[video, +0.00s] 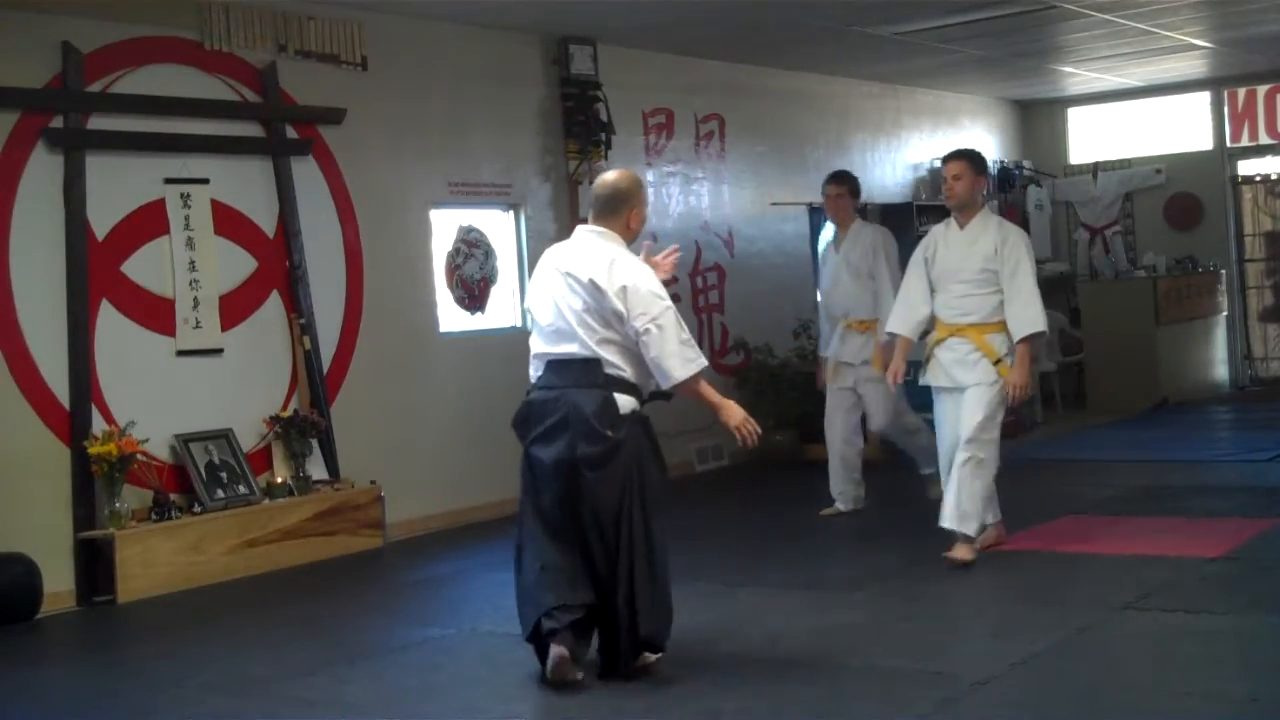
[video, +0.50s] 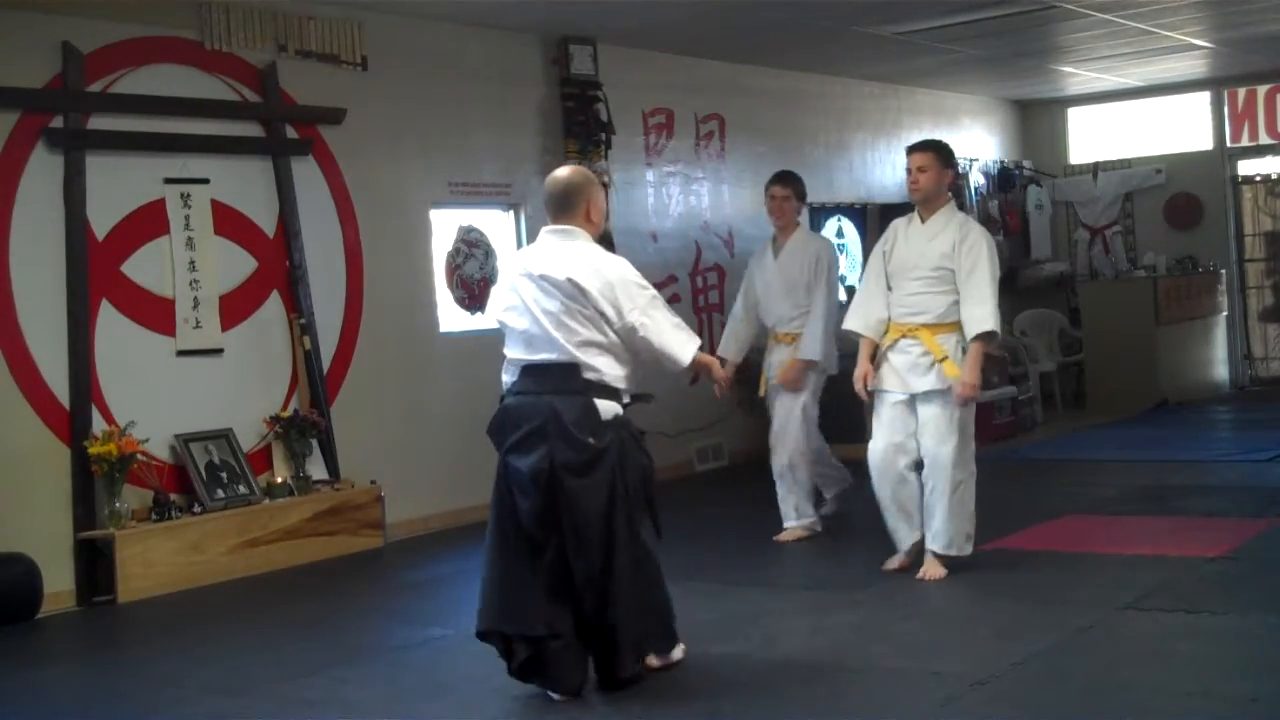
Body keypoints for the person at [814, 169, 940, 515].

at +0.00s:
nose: (831, 203)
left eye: (838, 197)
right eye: (827, 197)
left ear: (854, 200)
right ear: (822, 202)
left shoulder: (877, 237)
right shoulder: (828, 246)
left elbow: (889, 291)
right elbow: (827, 305)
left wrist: (886, 341)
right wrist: (825, 355)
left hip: (872, 341)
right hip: (839, 344)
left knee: (886, 418)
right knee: (839, 428)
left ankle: (932, 461)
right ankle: (847, 498)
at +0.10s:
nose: (819, 199)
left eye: (827, 191)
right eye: (814, 192)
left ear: (842, 195)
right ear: (808, 198)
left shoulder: (865, 233)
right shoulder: (812, 247)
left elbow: (873, 285)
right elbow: (806, 304)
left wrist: (863, 334)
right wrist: (800, 354)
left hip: (861, 331)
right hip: (828, 334)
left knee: (860, 414)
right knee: (830, 422)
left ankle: (892, 475)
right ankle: (846, 496)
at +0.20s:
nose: (807, 199)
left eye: (815, 192)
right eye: (802, 192)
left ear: (830, 195)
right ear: (796, 197)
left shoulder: (852, 235)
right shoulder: (798, 247)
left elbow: (861, 287)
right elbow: (785, 300)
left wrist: (845, 333)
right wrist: (775, 352)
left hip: (851, 334)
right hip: (817, 336)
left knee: (842, 411)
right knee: (820, 419)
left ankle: (855, 496)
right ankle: (840, 498)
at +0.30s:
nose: (797, 204)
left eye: (805, 196)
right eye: (792, 197)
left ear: (820, 200)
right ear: (786, 202)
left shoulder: (840, 240)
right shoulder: (785, 251)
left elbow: (847, 294)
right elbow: (768, 303)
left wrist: (830, 344)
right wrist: (752, 354)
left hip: (837, 340)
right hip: (803, 341)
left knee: (822, 418)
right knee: (821, 418)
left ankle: (819, 505)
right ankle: (847, 493)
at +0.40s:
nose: (787, 207)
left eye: (795, 200)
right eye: (782, 200)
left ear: (810, 204)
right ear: (776, 206)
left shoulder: (829, 249)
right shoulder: (775, 256)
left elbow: (833, 307)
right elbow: (755, 308)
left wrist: (817, 359)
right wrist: (736, 356)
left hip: (822, 346)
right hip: (790, 347)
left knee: (806, 426)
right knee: (817, 424)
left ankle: (803, 515)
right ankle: (844, 492)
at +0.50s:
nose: (776, 206)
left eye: (785, 199)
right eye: (771, 199)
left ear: (800, 205)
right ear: (765, 204)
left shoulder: (819, 249)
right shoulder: (762, 257)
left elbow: (823, 309)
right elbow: (745, 312)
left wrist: (804, 359)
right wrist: (729, 361)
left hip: (807, 347)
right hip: (776, 348)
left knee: (788, 436)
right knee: (792, 430)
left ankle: (801, 519)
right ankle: (836, 482)